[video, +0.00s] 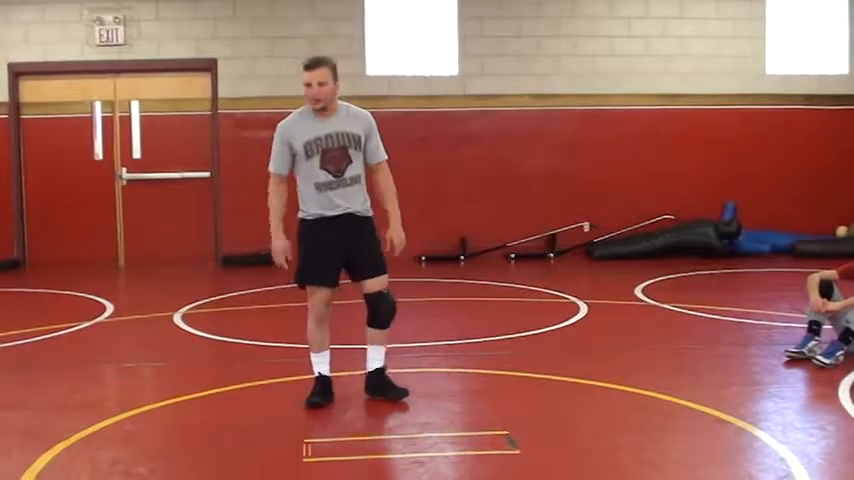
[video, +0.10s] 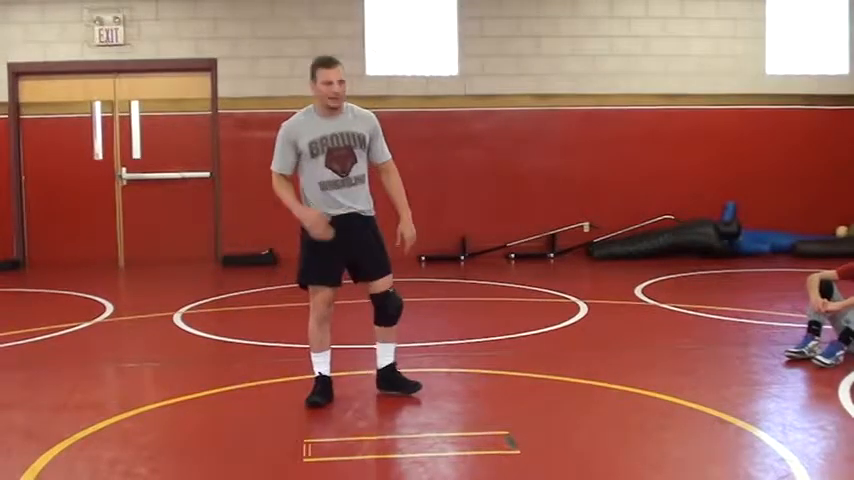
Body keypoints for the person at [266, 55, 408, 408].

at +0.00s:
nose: (314, 91)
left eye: (321, 84)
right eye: (308, 85)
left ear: (337, 86)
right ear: (303, 88)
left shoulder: (362, 120)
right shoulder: (288, 129)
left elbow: (381, 171)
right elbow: (277, 182)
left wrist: (394, 222)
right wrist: (277, 234)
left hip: (359, 223)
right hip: (316, 226)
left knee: (381, 302)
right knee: (319, 304)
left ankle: (376, 376)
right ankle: (322, 381)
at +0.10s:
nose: (335, 89)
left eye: (340, 82)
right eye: (327, 83)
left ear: (347, 84)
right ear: (313, 87)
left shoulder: (367, 121)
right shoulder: (293, 129)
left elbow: (387, 170)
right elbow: (279, 179)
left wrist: (406, 216)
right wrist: (303, 213)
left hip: (362, 222)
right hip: (321, 225)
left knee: (387, 300)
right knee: (321, 304)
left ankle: (387, 372)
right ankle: (322, 380)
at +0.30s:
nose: (368, 89)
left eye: (369, 83)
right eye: (361, 84)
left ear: (366, 86)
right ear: (339, 86)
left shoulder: (380, 122)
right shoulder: (313, 128)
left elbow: (396, 171)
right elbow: (296, 178)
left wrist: (412, 215)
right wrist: (344, 172)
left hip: (375, 222)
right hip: (335, 225)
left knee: (392, 297)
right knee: (330, 305)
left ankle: (392, 371)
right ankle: (324, 379)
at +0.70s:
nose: (422, 94)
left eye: (423, 88)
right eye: (418, 88)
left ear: (407, 88)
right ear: (396, 86)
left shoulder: (417, 128)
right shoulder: (361, 121)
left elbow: (422, 180)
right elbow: (343, 172)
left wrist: (435, 228)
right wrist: (391, 184)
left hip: (403, 222)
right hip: (368, 223)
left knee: (401, 300)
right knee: (364, 302)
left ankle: (392, 371)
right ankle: (347, 375)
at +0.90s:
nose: (438, 98)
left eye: (439, 91)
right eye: (434, 91)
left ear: (425, 91)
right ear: (413, 88)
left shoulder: (430, 131)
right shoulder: (376, 122)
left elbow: (434, 181)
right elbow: (359, 173)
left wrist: (448, 227)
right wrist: (363, 228)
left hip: (412, 223)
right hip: (381, 222)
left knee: (407, 300)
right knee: (396, 298)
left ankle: (391, 370)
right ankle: (402, 375)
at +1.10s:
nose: (452, 100)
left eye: (453, 94)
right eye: (447, 93)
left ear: (435, 93)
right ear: (427, 90)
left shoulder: (443, 130)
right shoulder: (391, 123)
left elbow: (445, 182)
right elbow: (358, 166)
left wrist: (458, 224)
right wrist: (343, 222)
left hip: (424, 223)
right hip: (395, 223)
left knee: (411, 298)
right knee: (430, 293)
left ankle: (392, 370)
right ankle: (457, 368)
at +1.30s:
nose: (467, 99)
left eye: (468, 93)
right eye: (462, 93)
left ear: (457, 94)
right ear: (440, 91)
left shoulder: (459, 131)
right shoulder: (410, 129)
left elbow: (462, 179)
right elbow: (390, 182)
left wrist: (469, 219)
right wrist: (390, 237)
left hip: (445, 227)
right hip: (417, 229)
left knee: (426, 302)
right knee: (450, 305)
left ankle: (395, 370)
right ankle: (470, 381)